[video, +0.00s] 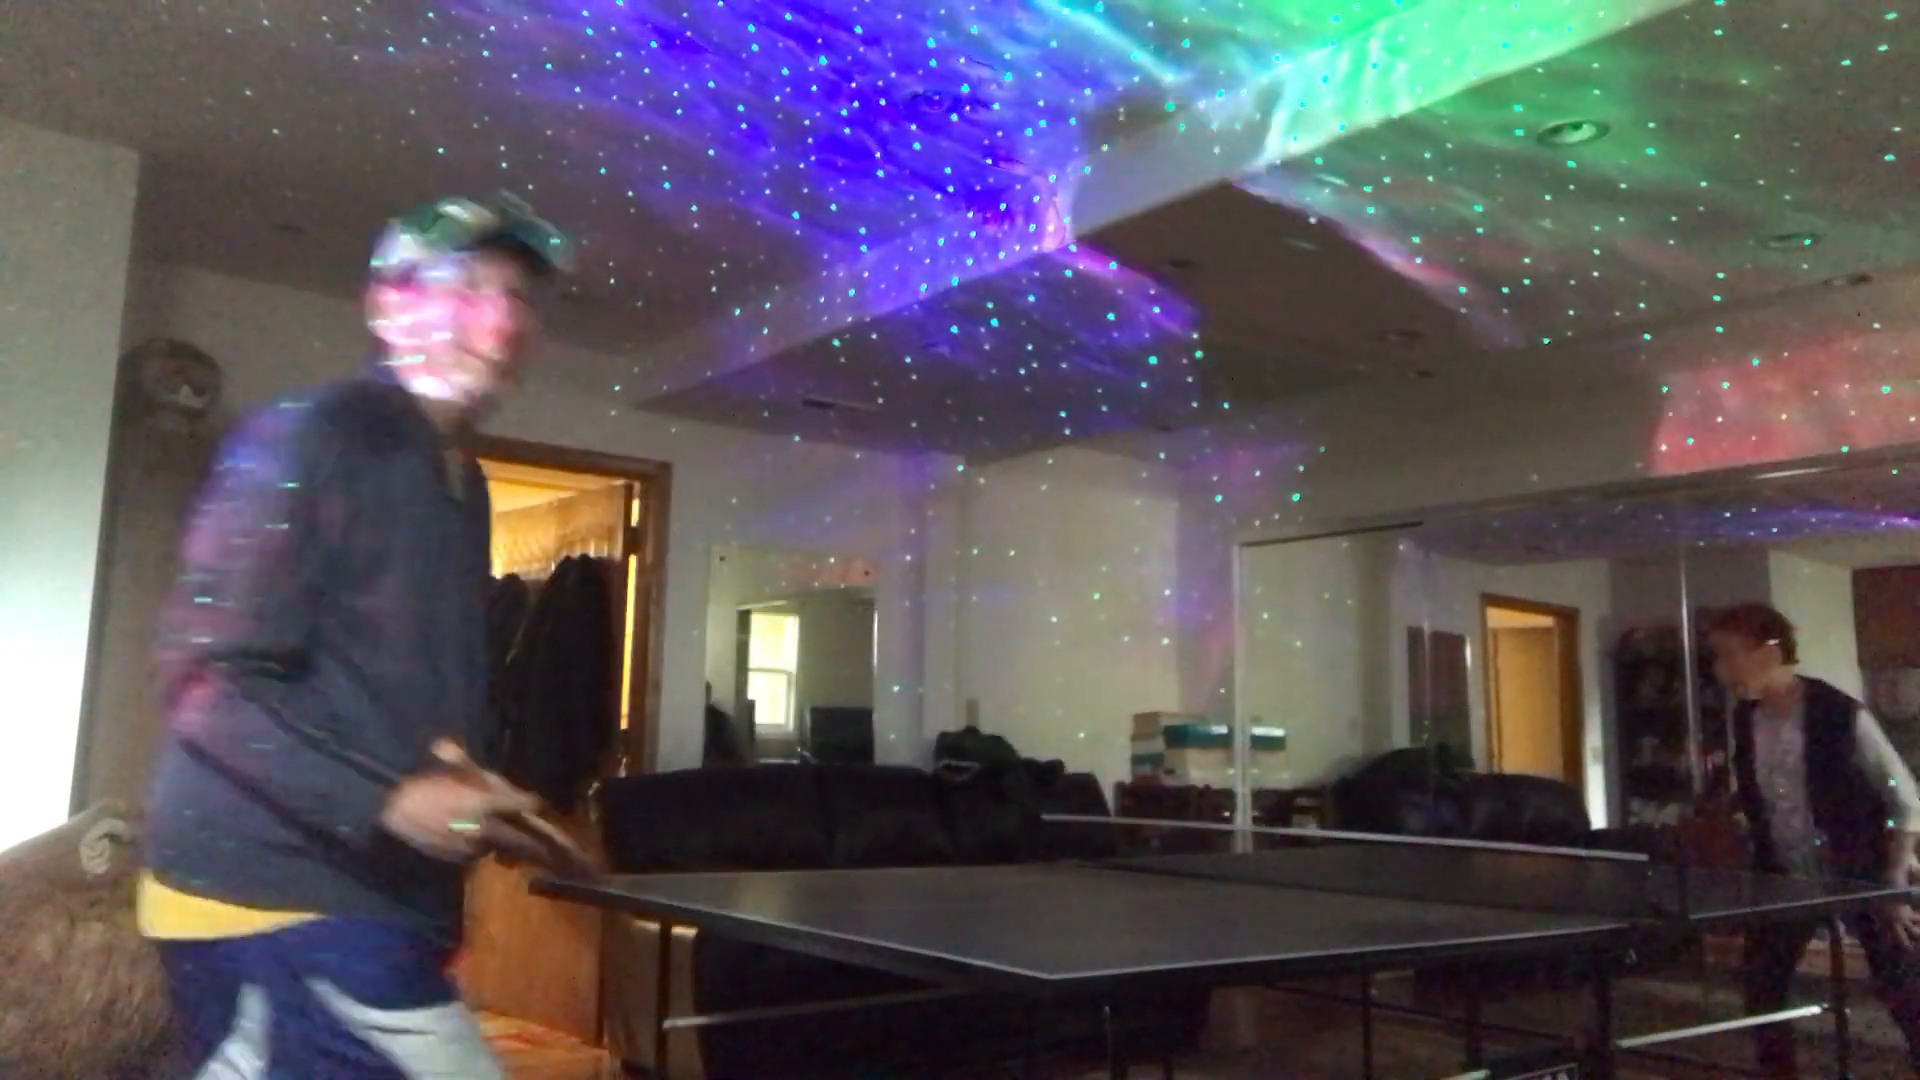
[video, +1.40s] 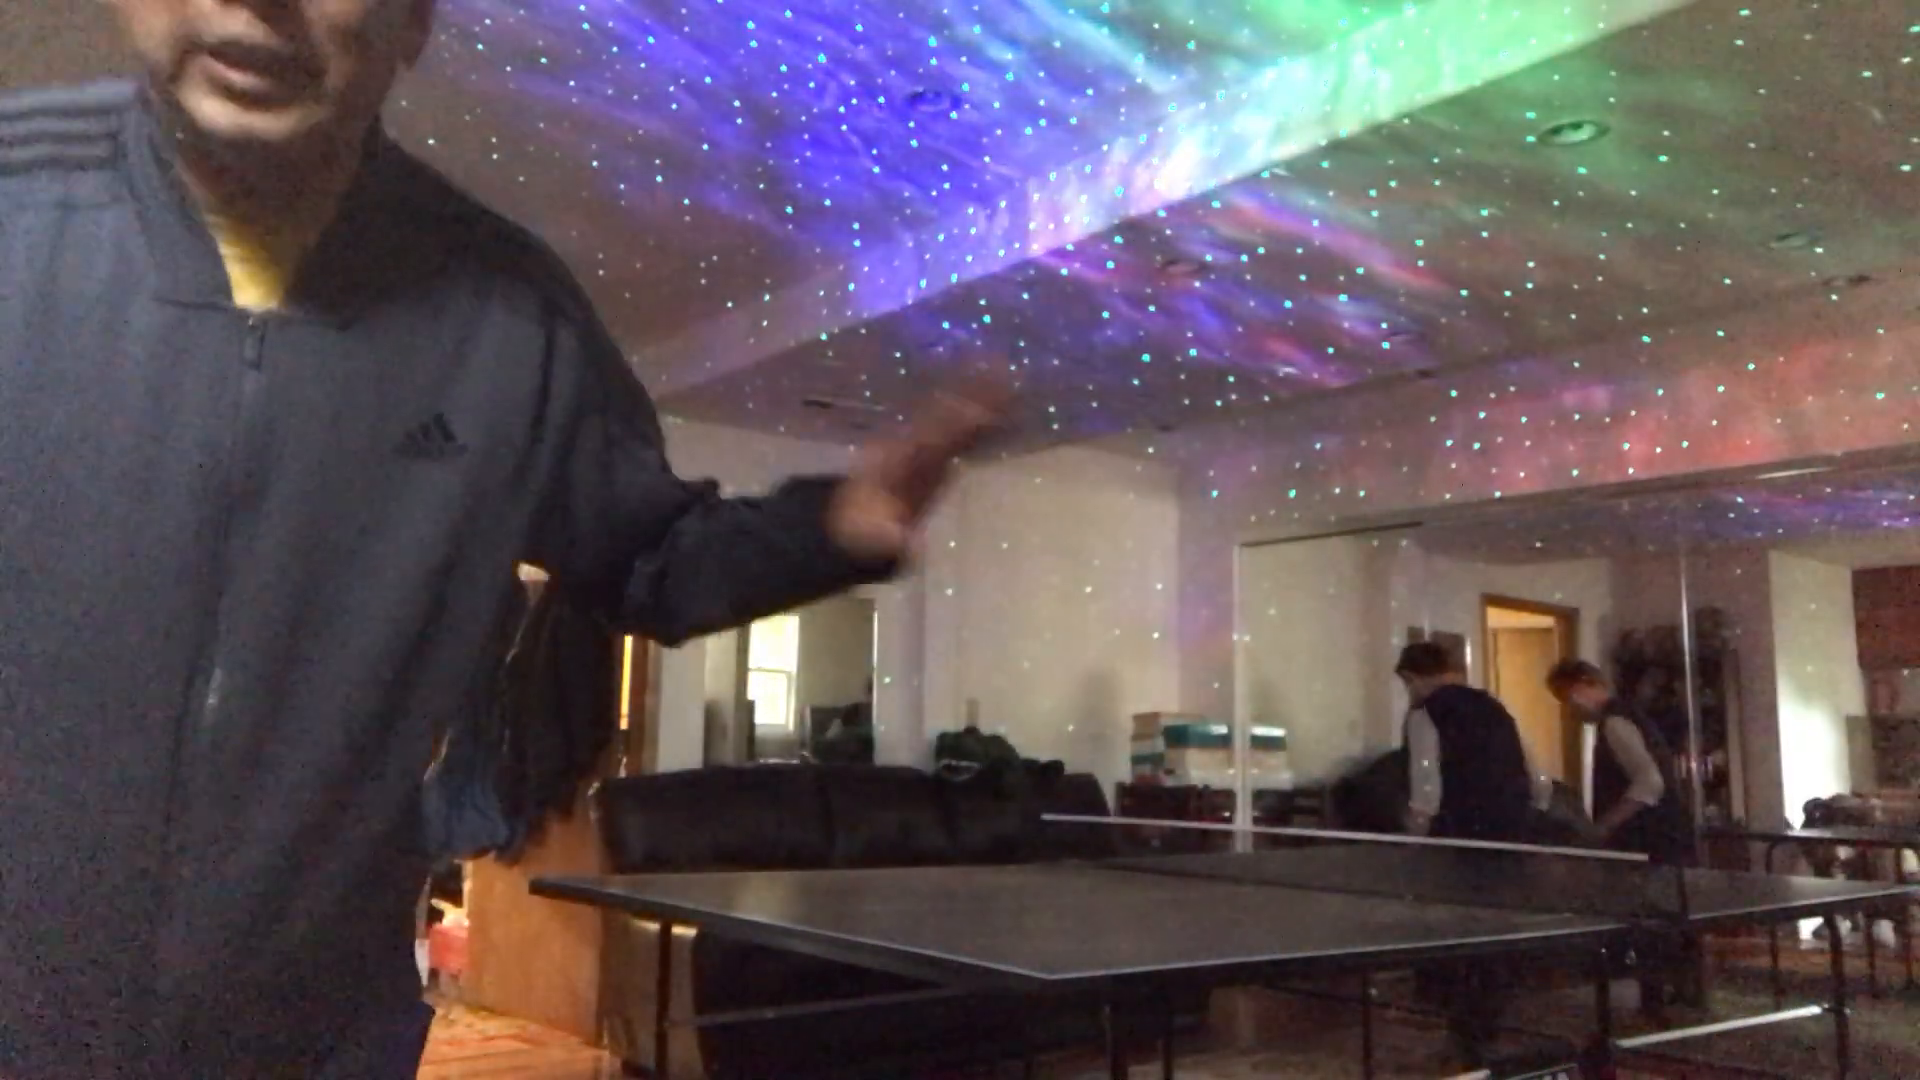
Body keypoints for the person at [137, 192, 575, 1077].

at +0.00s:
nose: (493, 323)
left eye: (515, 298)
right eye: (462, 287)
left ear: (528, 330)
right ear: (389, 305)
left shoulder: (462, 488)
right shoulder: (306, 439)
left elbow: (433, 697)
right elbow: (205, 680)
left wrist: (473, 789)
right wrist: (389, 799)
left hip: (378, 904)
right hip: (278, 904)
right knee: (449, 1060)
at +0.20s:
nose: (370, 269)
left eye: (399, 241)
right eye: (334, 238)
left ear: (429, 279)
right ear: (274, 275)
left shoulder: (418, 455)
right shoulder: (190, 428)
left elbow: (404, 656)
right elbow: (92, 664)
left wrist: (485, 743)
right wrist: (245, 735)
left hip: (346, 895)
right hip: (220, 895)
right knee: (344, 1059)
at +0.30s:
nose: (340, 261)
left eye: (371, 231)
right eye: (304, 226)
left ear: (407, 272)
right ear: (242, 261)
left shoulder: (414, 451)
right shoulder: (145, 421)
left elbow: (405, 657)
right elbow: (25, 656)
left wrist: (529, 663)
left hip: (344, 926)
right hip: (180, 927)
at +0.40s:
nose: (306, 236)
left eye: (342, 208)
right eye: (268, 200)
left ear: (381, 252)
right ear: (207, 238)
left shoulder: (415, 438)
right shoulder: (104, 397)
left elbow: (440, 624)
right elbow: (11, 670)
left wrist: (553, 586)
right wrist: (59, 575)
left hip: (320, 944)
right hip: (128, 941)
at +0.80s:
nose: (203, 137)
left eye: (248, 97)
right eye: (154, 88)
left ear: (309, 150)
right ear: (85, 132)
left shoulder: (407, 376)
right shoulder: (20, 323)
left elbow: (538, 587)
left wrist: (602, 520)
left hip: (299, 990)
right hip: (38, 991)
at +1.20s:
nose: (237, 40)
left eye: (303, 5)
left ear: (379, 78)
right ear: (106, 36)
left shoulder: (474, 352)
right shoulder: (16, 244)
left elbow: (605, 584)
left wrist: (764, 537)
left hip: (291, 1007)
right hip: (21, 974)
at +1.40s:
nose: (263, 15)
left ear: (417, 27)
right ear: (132, 5)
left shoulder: (509, 311)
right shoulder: (13, 197)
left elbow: (648, 556)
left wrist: (838, 524)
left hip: (308, 1024)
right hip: (22, 1004)